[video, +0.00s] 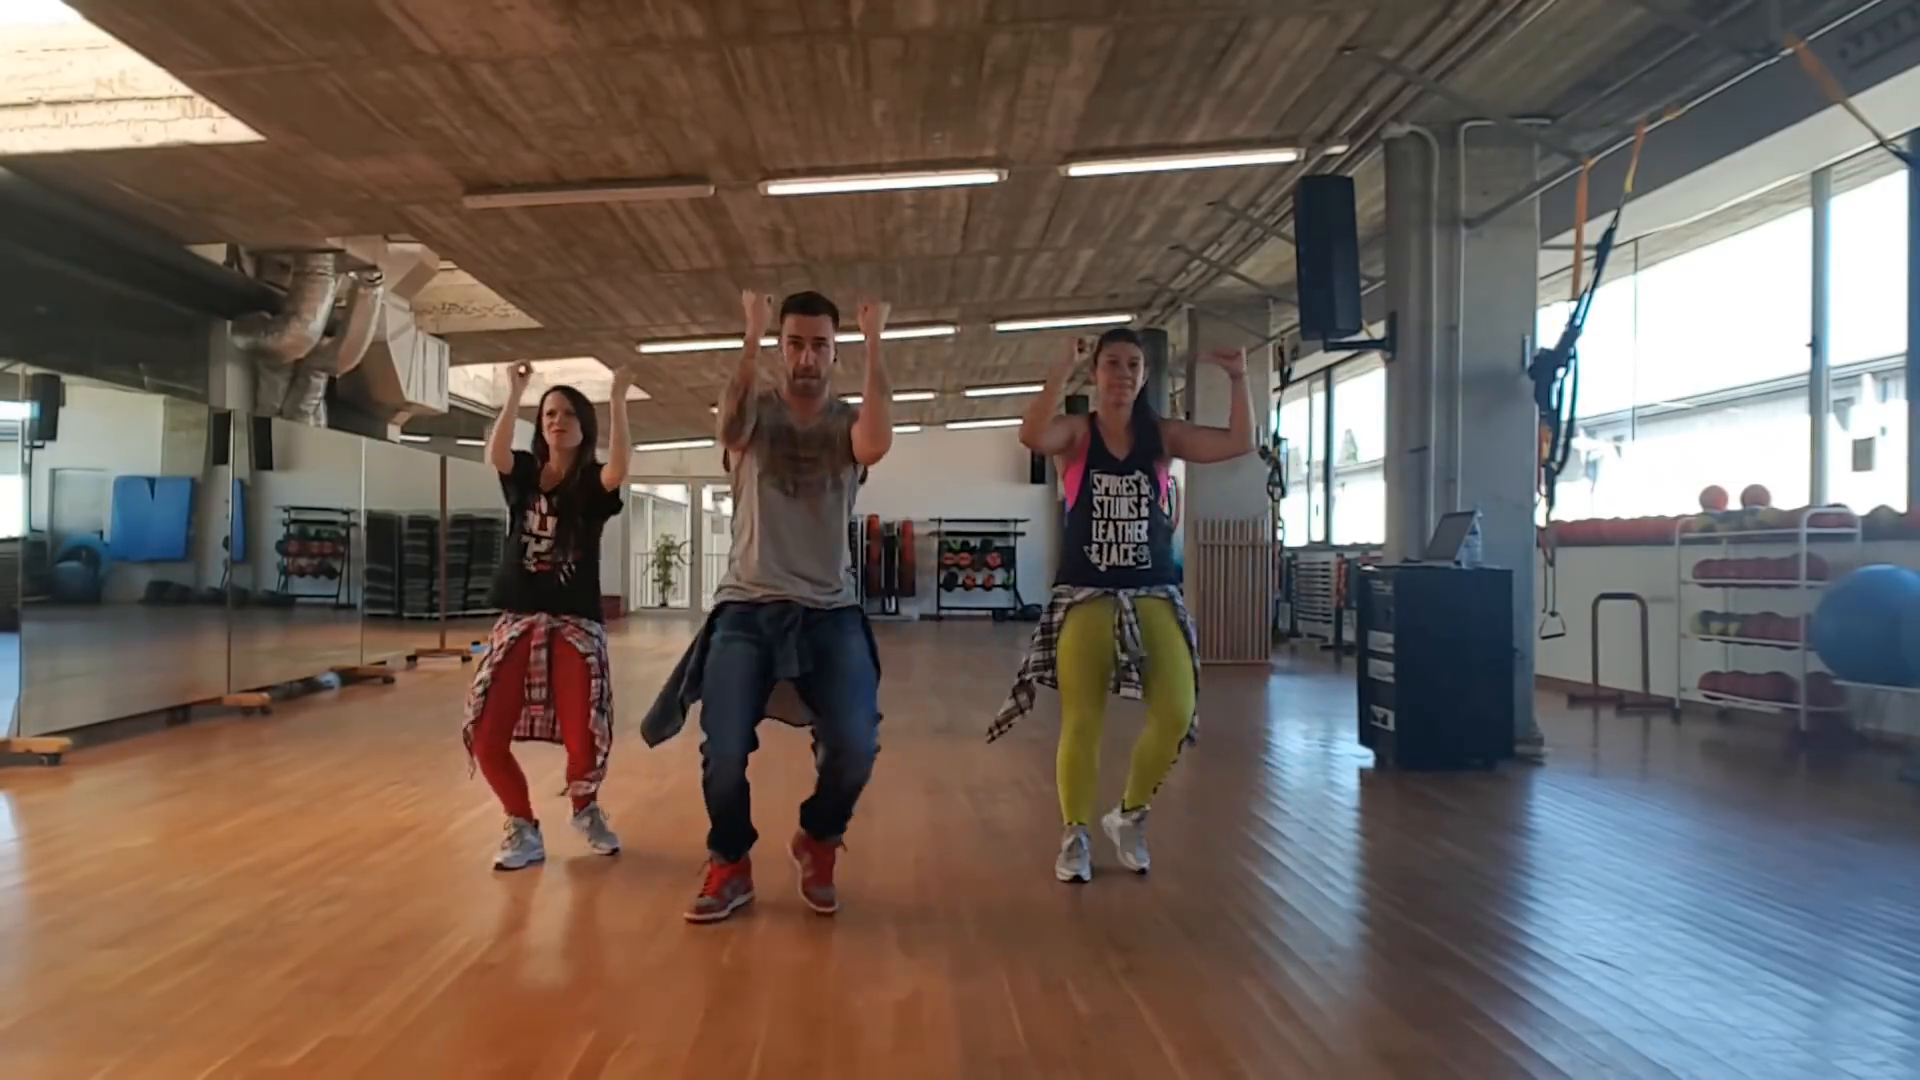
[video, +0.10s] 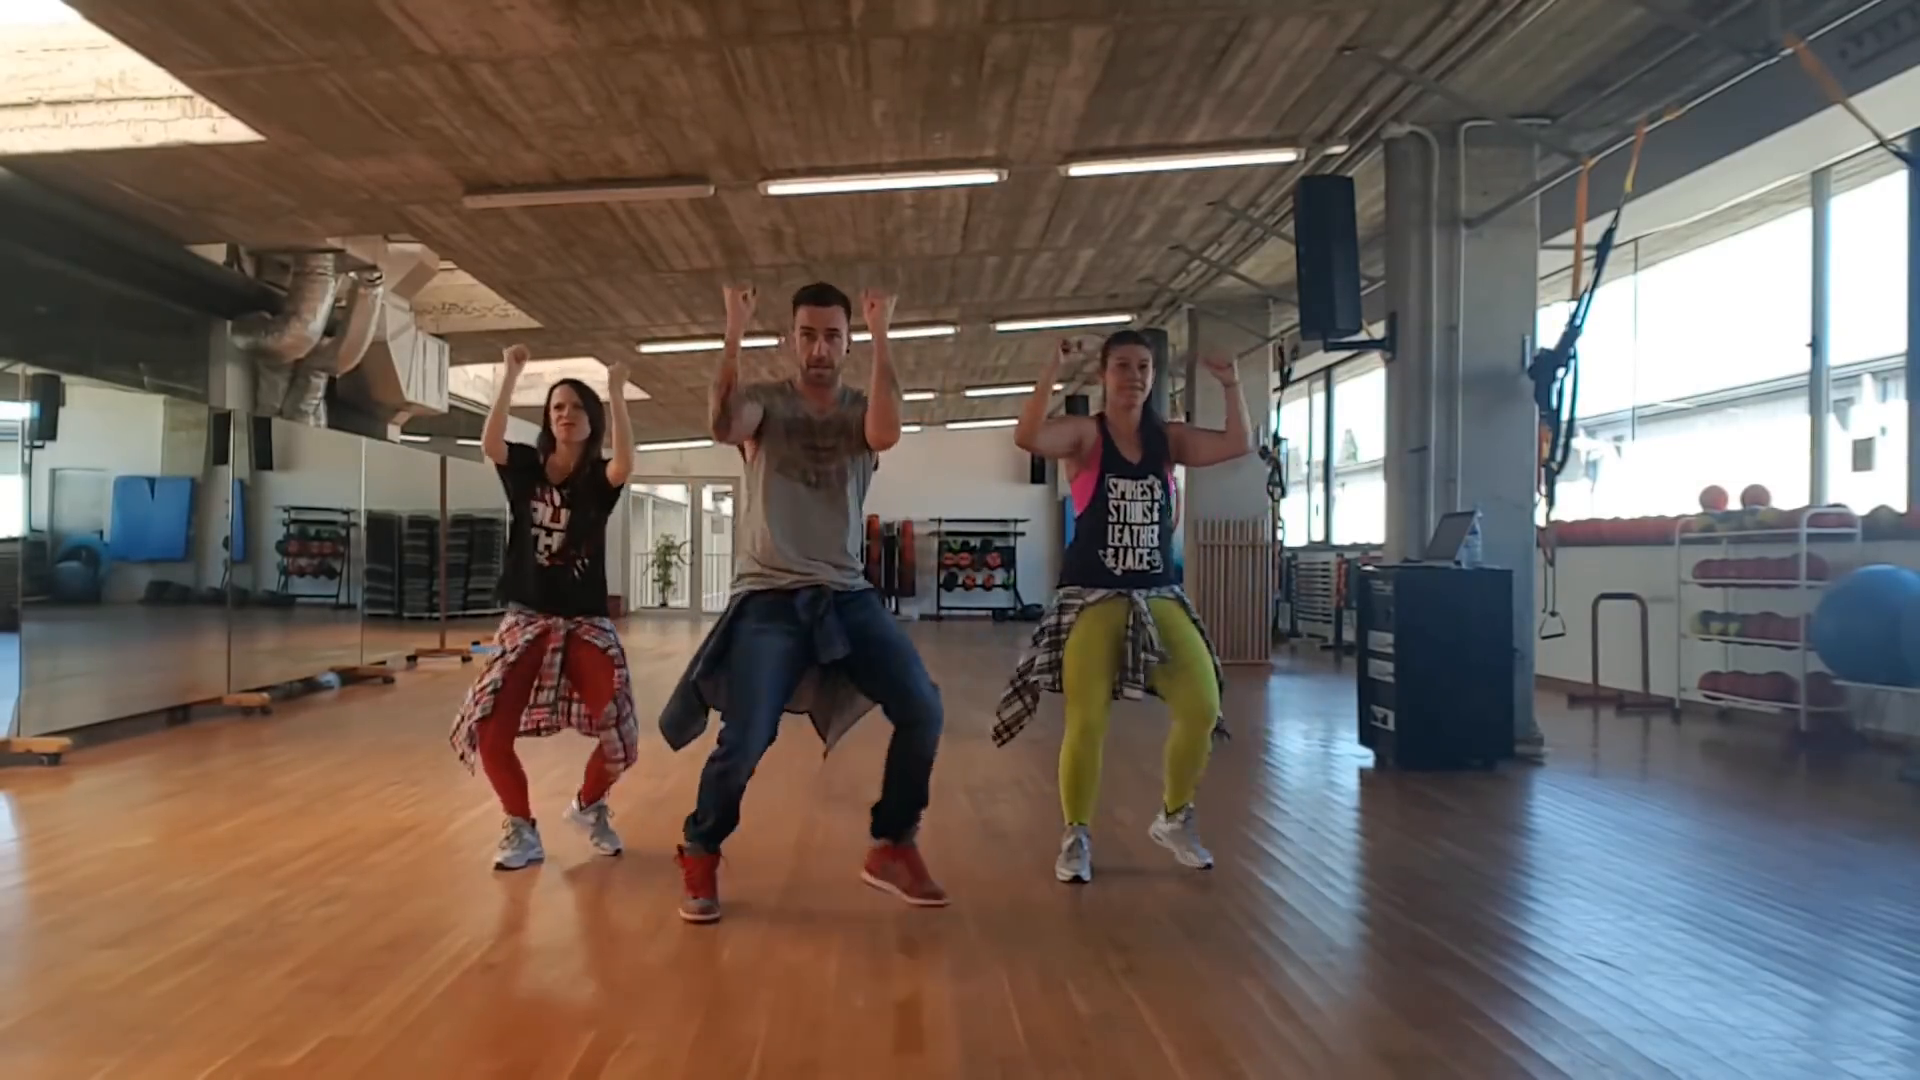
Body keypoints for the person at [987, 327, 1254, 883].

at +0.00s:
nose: (1122, 374)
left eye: (1132, 366)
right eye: (1112, 365)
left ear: (1144, 376)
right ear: (1094, 373)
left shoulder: (1161, 433)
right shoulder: (1076, 429)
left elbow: (1238, 442)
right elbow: (1032, 436)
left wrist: (1237, 376)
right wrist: (1061, 374)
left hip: (1154, 592)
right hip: (1087, 592)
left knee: (1176, 711)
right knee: (1082, 719)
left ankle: (1129, 815)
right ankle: (1075, 835)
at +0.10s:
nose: (1134, 376)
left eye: (1143, 367)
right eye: (1123, 367)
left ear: (1154, 377)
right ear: (1103, 376)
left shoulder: (1167, 437)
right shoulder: (1084, 432)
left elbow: (1237, 444)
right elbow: (1028, 437)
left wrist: (1229, 382)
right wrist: (1050, 374)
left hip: (1159, 593)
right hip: (1094, 594)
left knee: (1200, 705)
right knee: (1087, 719)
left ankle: (1174, 820)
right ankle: (1076, 836)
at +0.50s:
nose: (1202, 378)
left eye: (1210, 368)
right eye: (1191, 369)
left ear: (1222, 377)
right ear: (1172, 380)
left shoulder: (1242, 435)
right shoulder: (1159, 438)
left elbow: (1311, 432)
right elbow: (1091, 453)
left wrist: (1285, 379)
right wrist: (1102, 385)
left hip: (1233, 596)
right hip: (1171, 595)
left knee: (1256, 711)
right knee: (1134, 712)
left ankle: (1256, 840)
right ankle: (1088, 831)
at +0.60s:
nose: (1208, 377)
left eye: (1218, 367)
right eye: (1198, 368)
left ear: (1233, 377)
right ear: (1180, 379)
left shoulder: (1256, 433)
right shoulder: (1165, 439)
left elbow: (1328, 430)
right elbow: (1115, 442)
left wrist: (1308, 375)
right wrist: (1148, 380)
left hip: (1246, 596)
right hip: (1177, 595)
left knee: (1257, 718)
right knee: (1141, 707)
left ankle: (1256, 841)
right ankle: (1131, 821)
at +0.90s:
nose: (1222, 373)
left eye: (1232, 364)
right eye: (1211, 364)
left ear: (1246, 375)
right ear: (1192, 375)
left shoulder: (1266, 433)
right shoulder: (1172, 434)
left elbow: (1342, 438)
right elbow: (1103, 443)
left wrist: (1310, 374)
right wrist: (1114, 371)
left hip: (1251, 593)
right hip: (1181, 592)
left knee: (1255, 713)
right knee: (1160, 708)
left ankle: (1257, 839)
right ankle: (1179, 827)